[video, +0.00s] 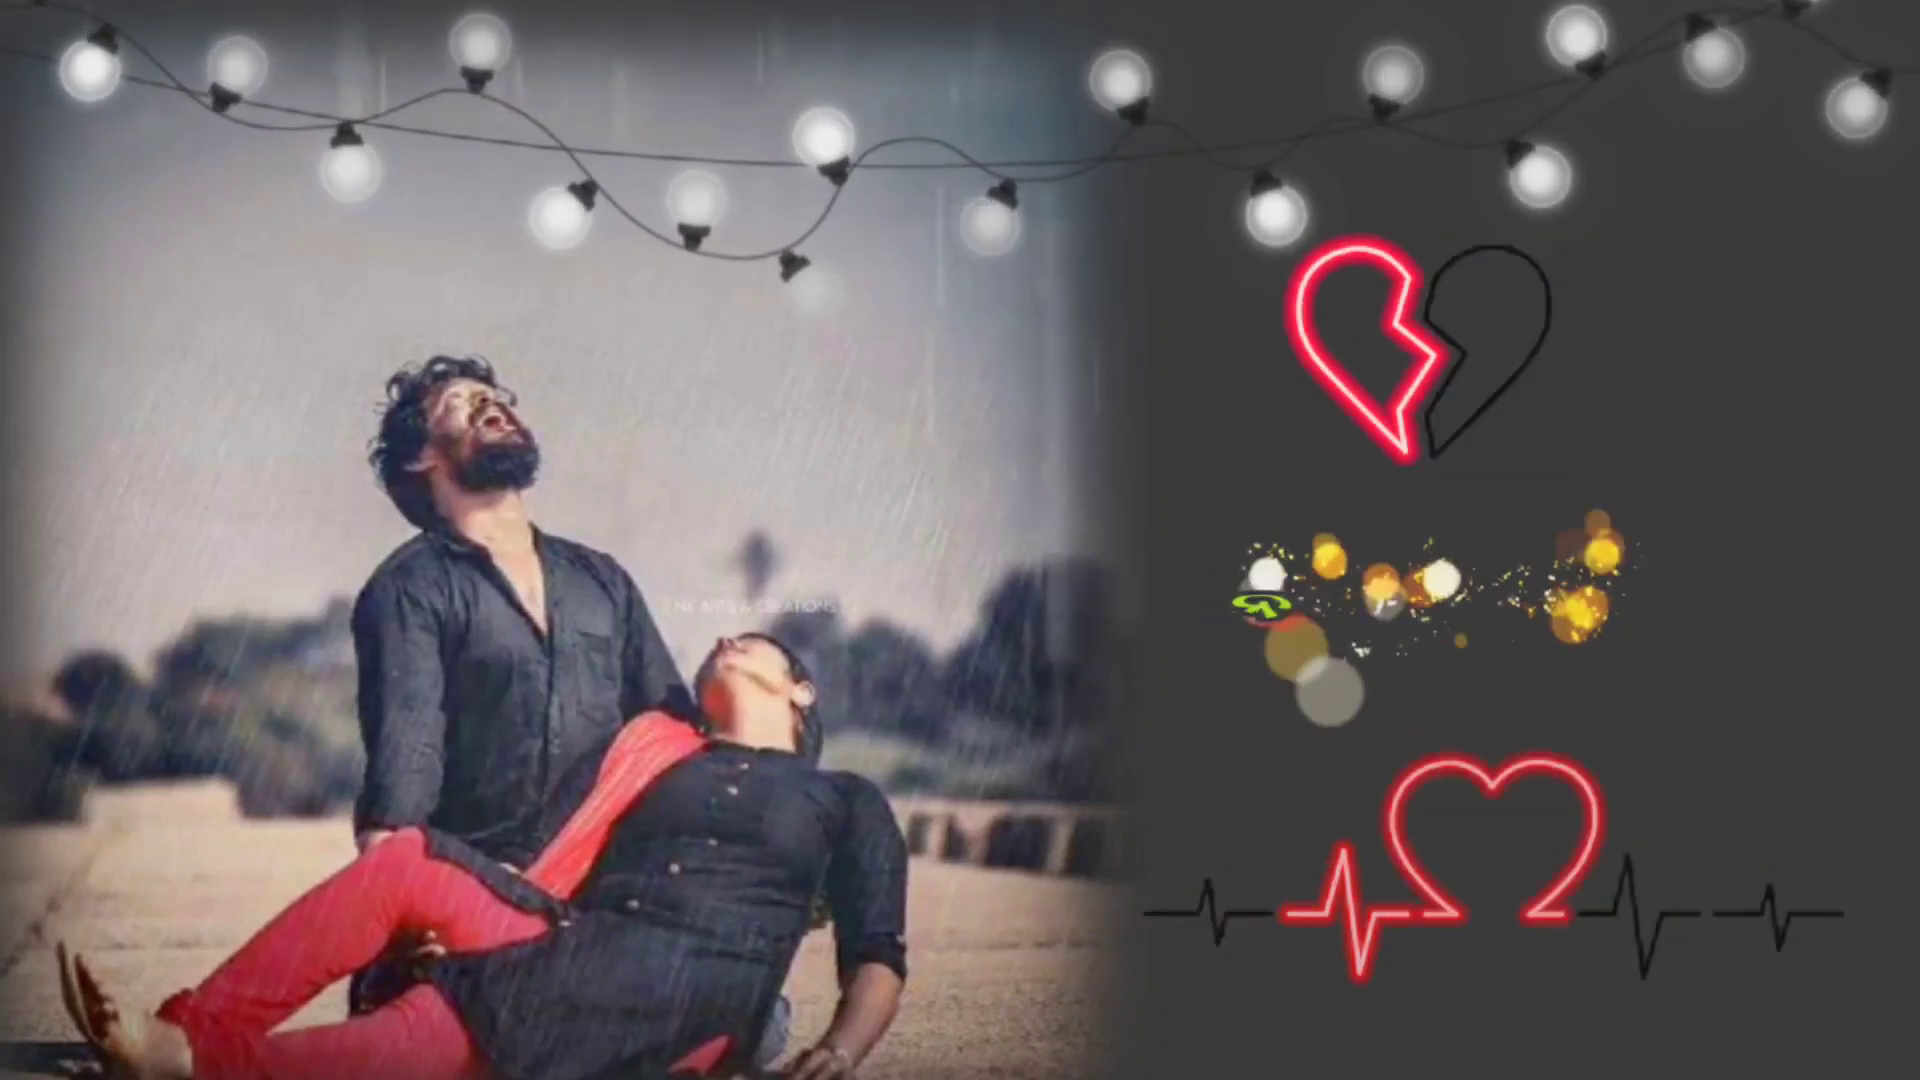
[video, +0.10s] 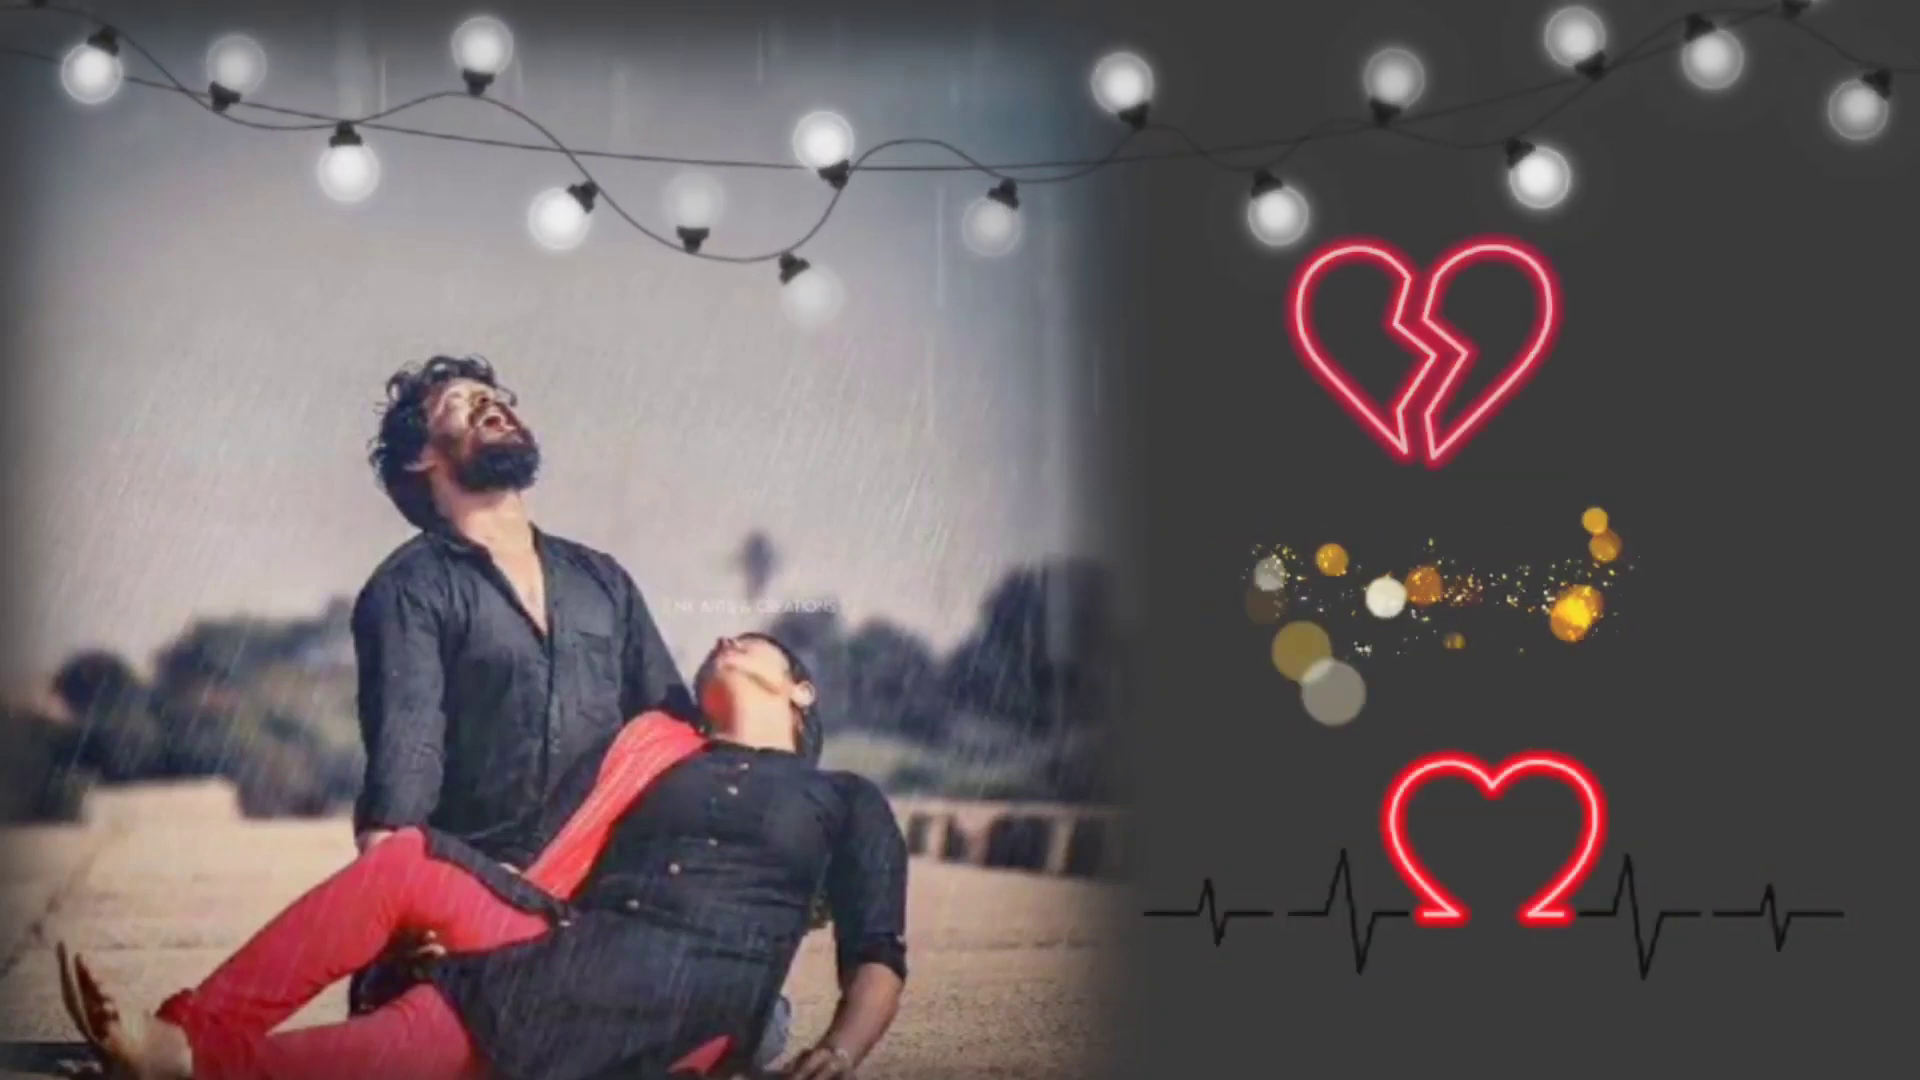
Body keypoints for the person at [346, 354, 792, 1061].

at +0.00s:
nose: (496, 409)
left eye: (502, 401)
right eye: (463, 406)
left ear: (525, 437)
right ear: (421, 462)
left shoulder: (603, 579)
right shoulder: (410, 588)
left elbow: (678, 729)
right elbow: (404, 750)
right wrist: (389, 900)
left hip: (616, 884)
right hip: (461, 890)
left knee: (762, 1019)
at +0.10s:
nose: (496, 409)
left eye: (501, 401)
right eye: (462, 406)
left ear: (524, 438)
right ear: (421, 463)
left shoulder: (603, 579)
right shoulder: (410, 588)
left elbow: (678, 729)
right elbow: (404, 751)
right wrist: (389, 900)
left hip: (617, 885)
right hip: (462, 890)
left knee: (762, 1020)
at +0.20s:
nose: (496, 409)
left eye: (501, 401)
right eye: (462, 406)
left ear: (524, 438)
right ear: (421, 463)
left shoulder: (603, 579)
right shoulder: (410, 588)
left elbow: (678, 729)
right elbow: (404, 751)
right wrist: (389, 900)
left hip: (617, 885)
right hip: (462, 890)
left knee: (761, 1020)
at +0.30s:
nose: (496, 408)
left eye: (501, 401)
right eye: (462, 406)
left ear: (524, 438)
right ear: (421, 463)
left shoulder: (603, 579)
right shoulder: (410, 588)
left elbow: (679, 729)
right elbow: (404, 753)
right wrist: (389, 902)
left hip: (617, 885)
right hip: (461, 891)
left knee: (761, 1019)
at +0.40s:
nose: (496, 408)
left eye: (501, 401)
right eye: (462, 406)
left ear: (524, 438)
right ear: (421, 463)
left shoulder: (603, 579)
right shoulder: (410, 588)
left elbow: (679, 729)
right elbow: (404, 753)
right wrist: (389, 902)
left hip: (617, 885)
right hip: (461, 891)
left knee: (761, 1019)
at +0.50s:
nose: (495, 409)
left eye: (501, 401)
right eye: (461, 406)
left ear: (525, 436)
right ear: (421, 462)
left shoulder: (603, 579)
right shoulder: (410, 587)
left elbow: (678, 729)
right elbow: (404, 748)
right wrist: (389, 895)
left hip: (617, 884)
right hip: (462, 890)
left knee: (762, 1020)